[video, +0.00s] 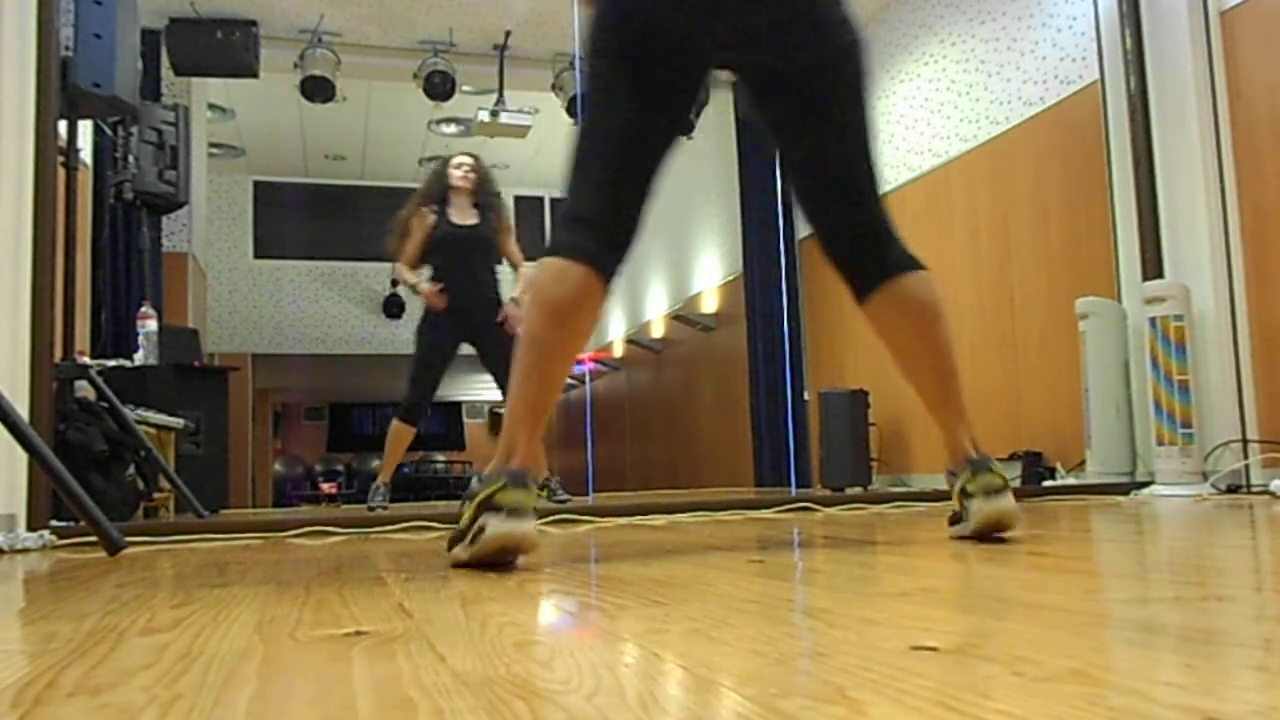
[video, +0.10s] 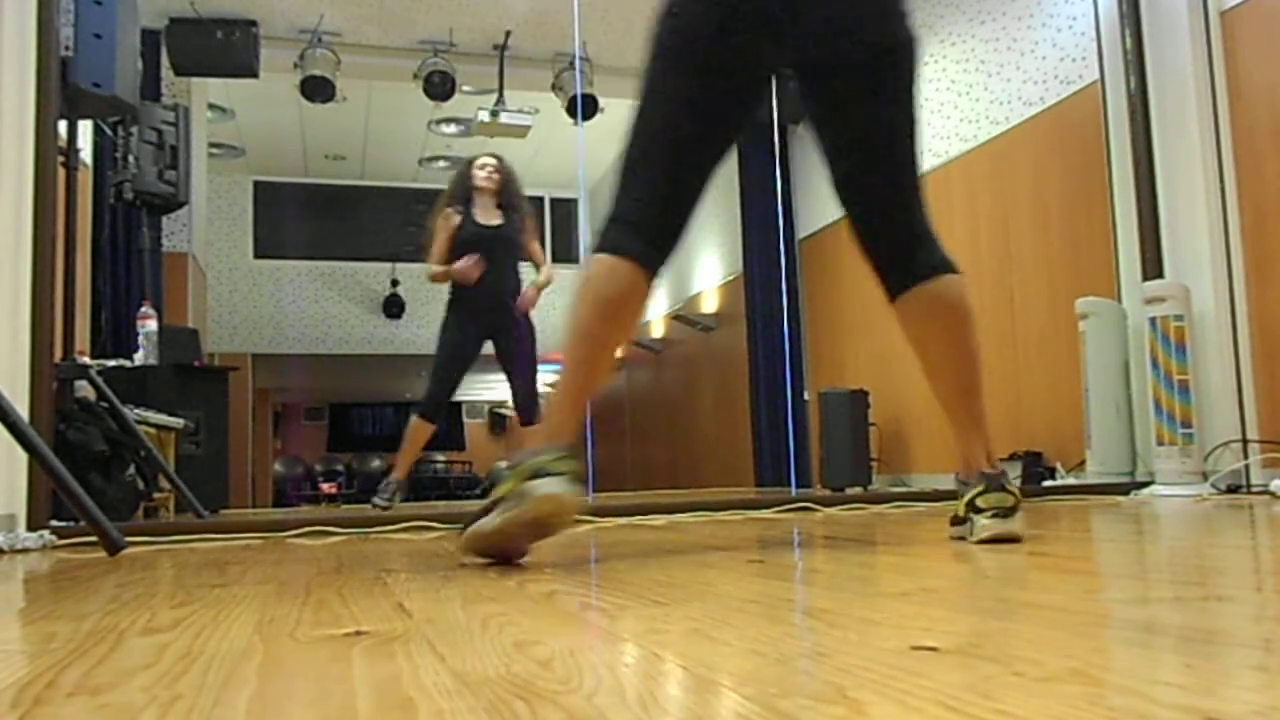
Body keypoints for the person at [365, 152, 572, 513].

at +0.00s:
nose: (465, 171)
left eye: (472, 168)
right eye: (458, 166)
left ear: (480, 179)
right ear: (445, 176)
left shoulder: (494, 219)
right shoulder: (429, 217)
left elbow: (521, 266)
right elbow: (402, 267)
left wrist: (517, 300)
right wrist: (421, 286)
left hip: (488, 317)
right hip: (442, 316)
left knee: (522, 395)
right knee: (416, 402)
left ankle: (544, 478)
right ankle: (383, 482)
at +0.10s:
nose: (488, 172)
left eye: (495, 169)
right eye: (481, 167)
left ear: (504, 181)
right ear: (468, 176)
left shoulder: (517, 220)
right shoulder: (452, 217)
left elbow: (545, 269)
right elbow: (433, 271)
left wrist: (535, 289)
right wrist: (454, 271)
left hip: (510, 315)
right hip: (465, 314)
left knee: (527, 400)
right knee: (435, 398)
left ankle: (536, 481)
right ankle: (396, 479)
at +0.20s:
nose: (506, 170)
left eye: (513, 167)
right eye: (500, 165)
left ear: (522, 180)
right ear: (486, 174)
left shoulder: (533, 215)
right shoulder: (469, 211)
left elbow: (564, 268)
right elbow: (453, 263)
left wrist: (548, 251)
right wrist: (486, 232)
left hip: (523, 310)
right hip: (479, 309)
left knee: (533, 397)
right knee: (453, 392)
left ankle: (546, 481)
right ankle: (430, 477)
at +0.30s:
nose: (519, 172)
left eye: (525, 169)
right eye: (513, 166)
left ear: (531, 181)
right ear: (498, 174)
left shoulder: (541, 214)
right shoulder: (481, 207)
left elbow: (572, 252)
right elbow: (467, 239)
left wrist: (550, 211)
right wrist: (493, 201)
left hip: (532, 310)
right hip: (488, 308)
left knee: (537, 394)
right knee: (472, 392)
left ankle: (546, 480)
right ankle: (465, 477)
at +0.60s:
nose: (525, 173)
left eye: (531, 169)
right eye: (520, 168)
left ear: (538, 179)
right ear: (507, 175)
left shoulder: (546, 218)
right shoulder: (492, 213)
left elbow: (572, 202)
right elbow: (492, 186)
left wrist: (547, 169)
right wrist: (509, 163)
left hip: (543, 309)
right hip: (501, 309)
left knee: (542, 399)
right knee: (494, 398)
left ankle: (546, 480)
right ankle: (482, 481)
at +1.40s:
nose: (527, 173)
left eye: (533, 171)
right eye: (521, 166)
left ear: (537, 185)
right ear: (504, 175)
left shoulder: (539, 222)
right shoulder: (484, 209)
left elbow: (561, 211)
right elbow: (455, 183)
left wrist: (551, 176)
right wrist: (484, 172)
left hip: (530, 310)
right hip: (488, 310)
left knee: (565, 388)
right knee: (488, 398)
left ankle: (551, 474)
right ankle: (483, 482)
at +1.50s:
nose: (528, 177)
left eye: (534, 174)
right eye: (522, 171)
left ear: (539, 188)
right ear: (507, 181)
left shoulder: (542, 223)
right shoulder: (486, 217)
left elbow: (564, 243)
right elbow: (442, 227)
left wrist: (557, 198)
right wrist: (476, 196)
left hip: (526, 318)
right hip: (482, 316)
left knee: (573, 385)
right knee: (478, 398)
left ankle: (568, 470)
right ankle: (481, 483)